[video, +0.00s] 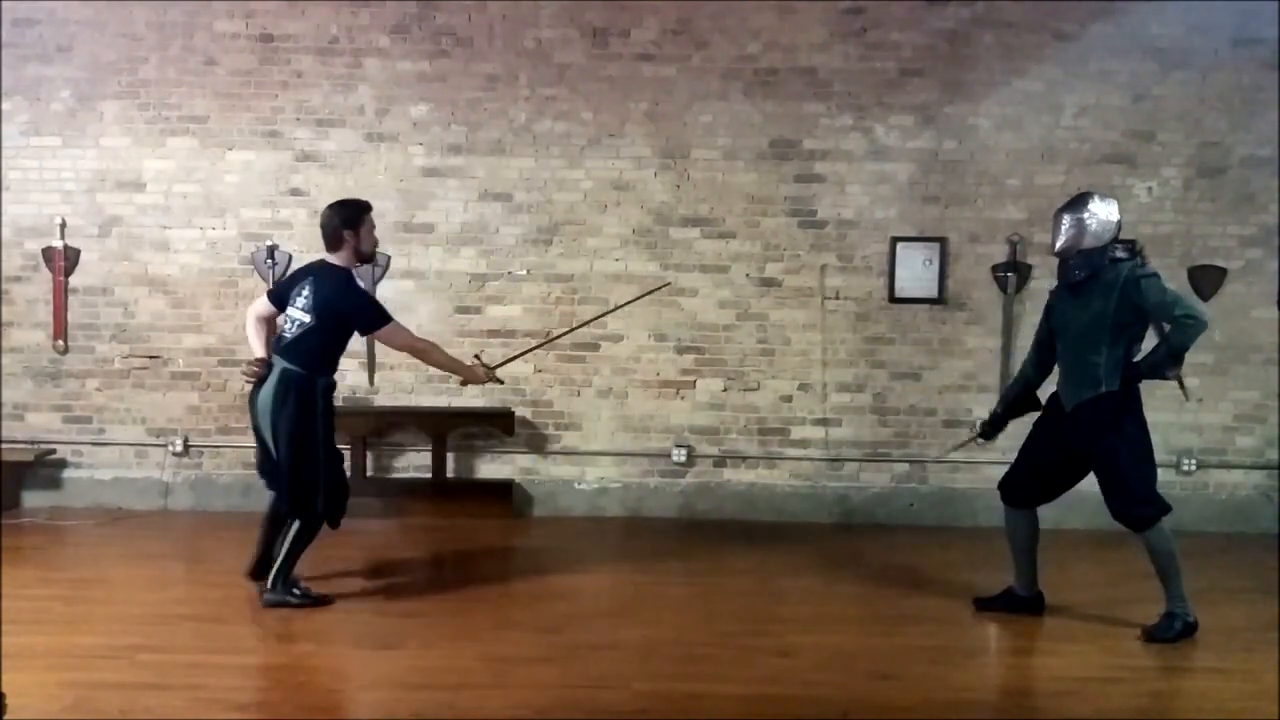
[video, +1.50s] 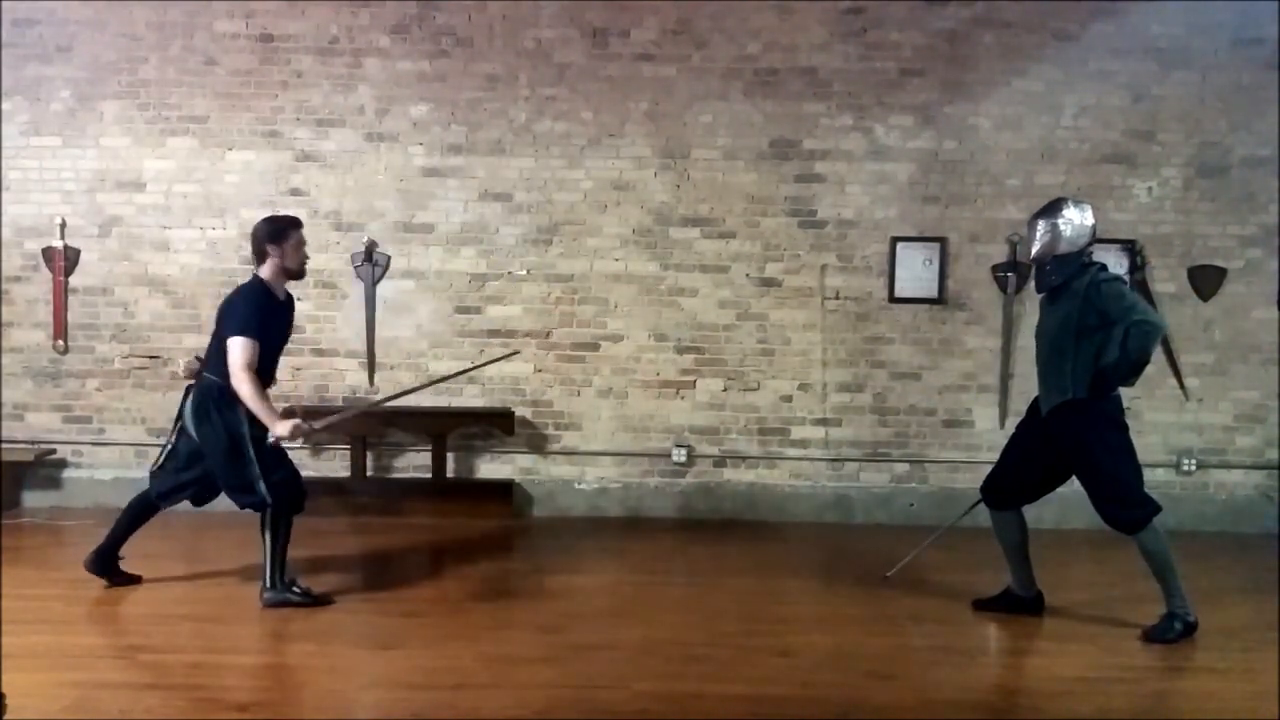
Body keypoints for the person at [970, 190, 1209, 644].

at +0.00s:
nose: (1062, 238)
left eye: (1072, 227)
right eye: (1061, 227)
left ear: (1097, 229)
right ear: (1064, 231)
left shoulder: (1131, 277)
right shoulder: (1062, 295)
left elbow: (1190, 320)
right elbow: (1037, 364)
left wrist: (1144, 368)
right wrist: (1000, 415)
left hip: (1115, 412)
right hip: (1067, 414)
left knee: (1139, 509)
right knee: (1016, 492)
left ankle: (1180, 612)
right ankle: (1025, 592)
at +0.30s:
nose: (1049, 243)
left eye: (1057, 233)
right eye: (1049, 232)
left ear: (1081, 234)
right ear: (1066, 233)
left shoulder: (1111, 282)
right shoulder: (1065, 283)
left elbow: (1164, 322)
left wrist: (1130, 367)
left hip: (1101, 415)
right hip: (1058, 413)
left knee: (1133, 510)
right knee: (1005, 491)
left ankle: (1180, 612)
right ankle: (1024, 592)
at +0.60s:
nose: (1039, 245)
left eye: (1046, 234)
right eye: (1038, 235)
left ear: (1070, 237)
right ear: (1059, 239)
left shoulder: (1096, 284)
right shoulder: (1060, 289)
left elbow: (1143, 323)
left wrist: (1106, 377)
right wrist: (1055, 389)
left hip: (1092, 416)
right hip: (1052, 415)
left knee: (1128, 511)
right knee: (998, 492)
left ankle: (1179, 611)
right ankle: (1023, 590)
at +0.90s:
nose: (1033, 248)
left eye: (1040, 237)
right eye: (1032, 238)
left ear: (1064, 239)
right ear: (1060, 241)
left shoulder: (1095, 284)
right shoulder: (1057, 288)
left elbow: (1144, 323)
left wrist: (1110, 375)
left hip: (1092, 416)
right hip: (1050, 414)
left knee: (1129, 512)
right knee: (998, 492)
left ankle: (1180, 612)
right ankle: (1023, 591)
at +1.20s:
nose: (1034, 245)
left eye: (1041, 235)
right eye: (1034, 235)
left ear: (1064, 237)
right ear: (1063, 238)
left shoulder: (1095, 283)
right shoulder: (1057, 287)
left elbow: (1145, 324)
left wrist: (1112, 375)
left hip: (1093, 416)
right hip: (1051, 414)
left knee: (1131, 511)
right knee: (999, 493)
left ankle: (1180, 611)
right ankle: (1023, 591)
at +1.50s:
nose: (1037, 246)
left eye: (1044, 235)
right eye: (1036, 236)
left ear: (1066, 236)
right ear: (1065, 237)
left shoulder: (1097, 283)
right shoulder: (1057, 287)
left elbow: (1147, 324)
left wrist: (1114, 374)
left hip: (1094, 416)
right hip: (1052, 414)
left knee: (1131, 511)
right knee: (1000, 493)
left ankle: (1180, 612)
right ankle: (1023, 591)